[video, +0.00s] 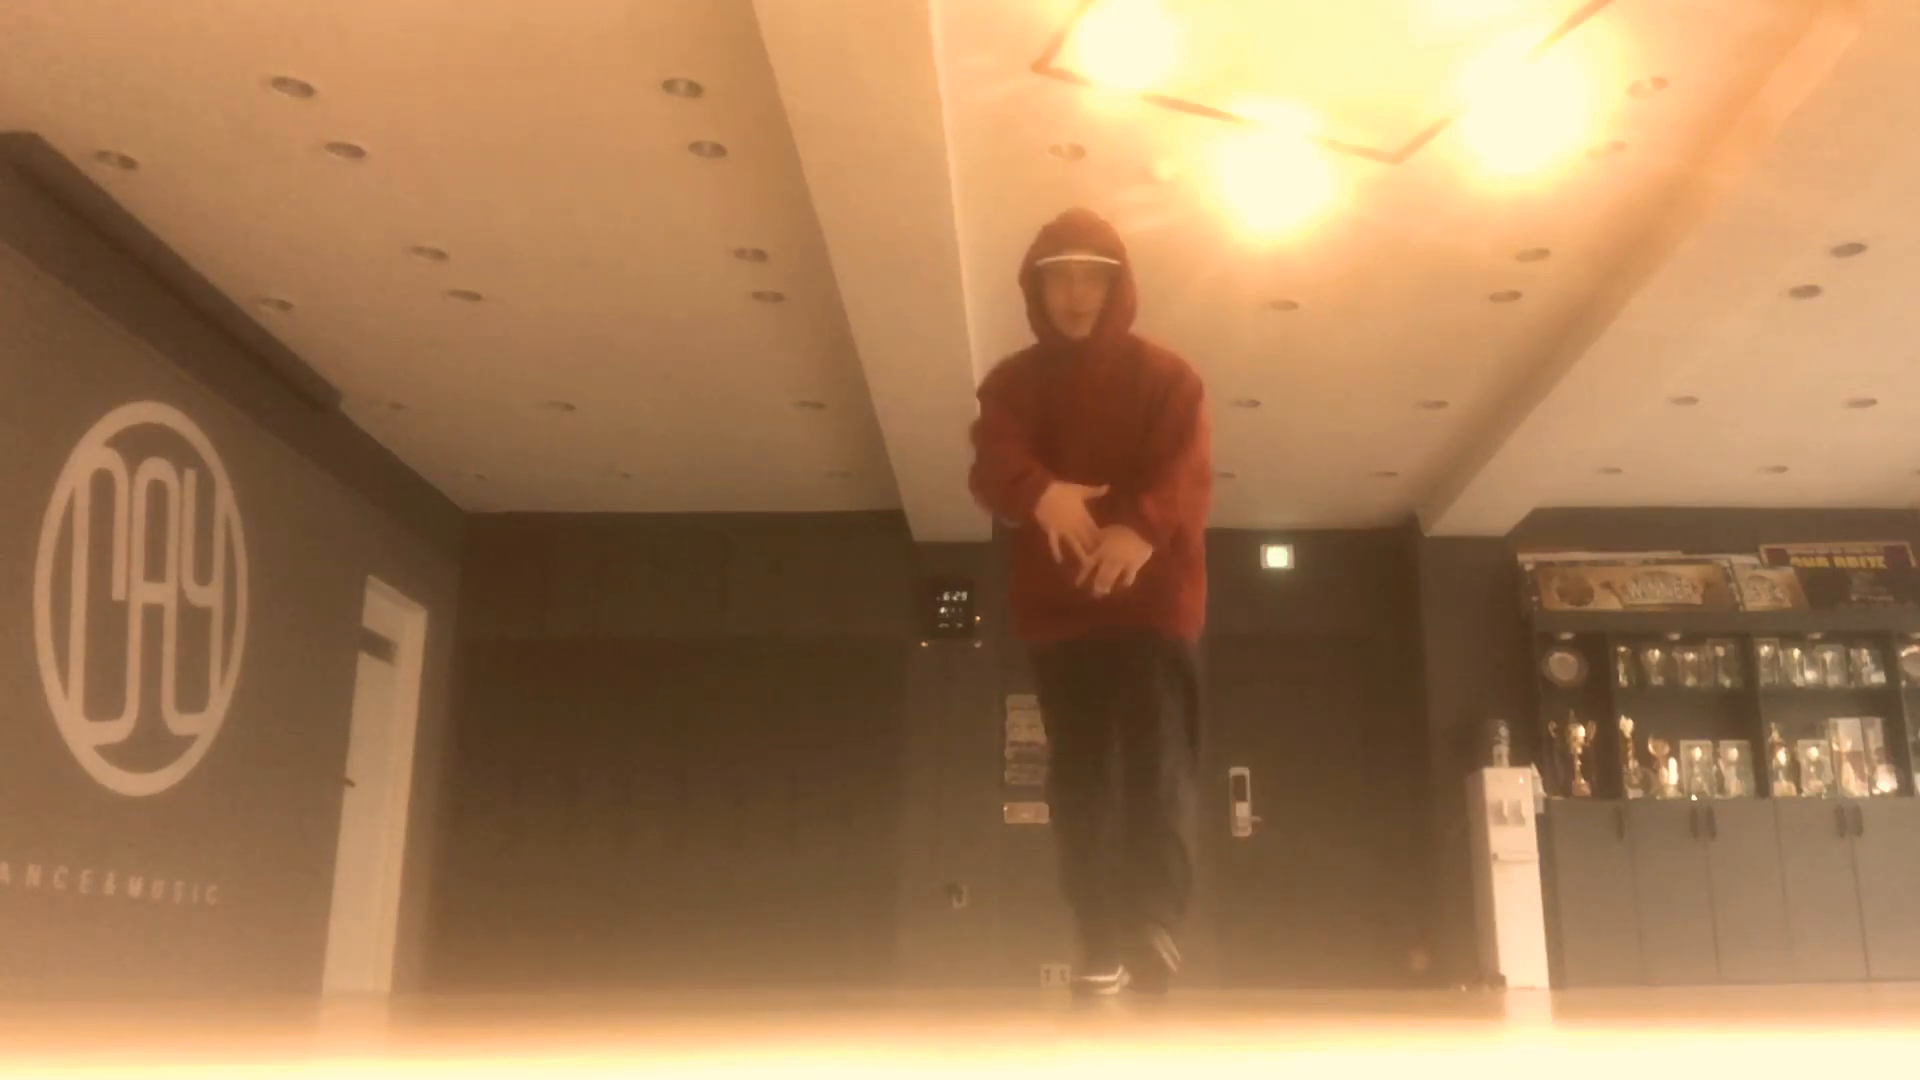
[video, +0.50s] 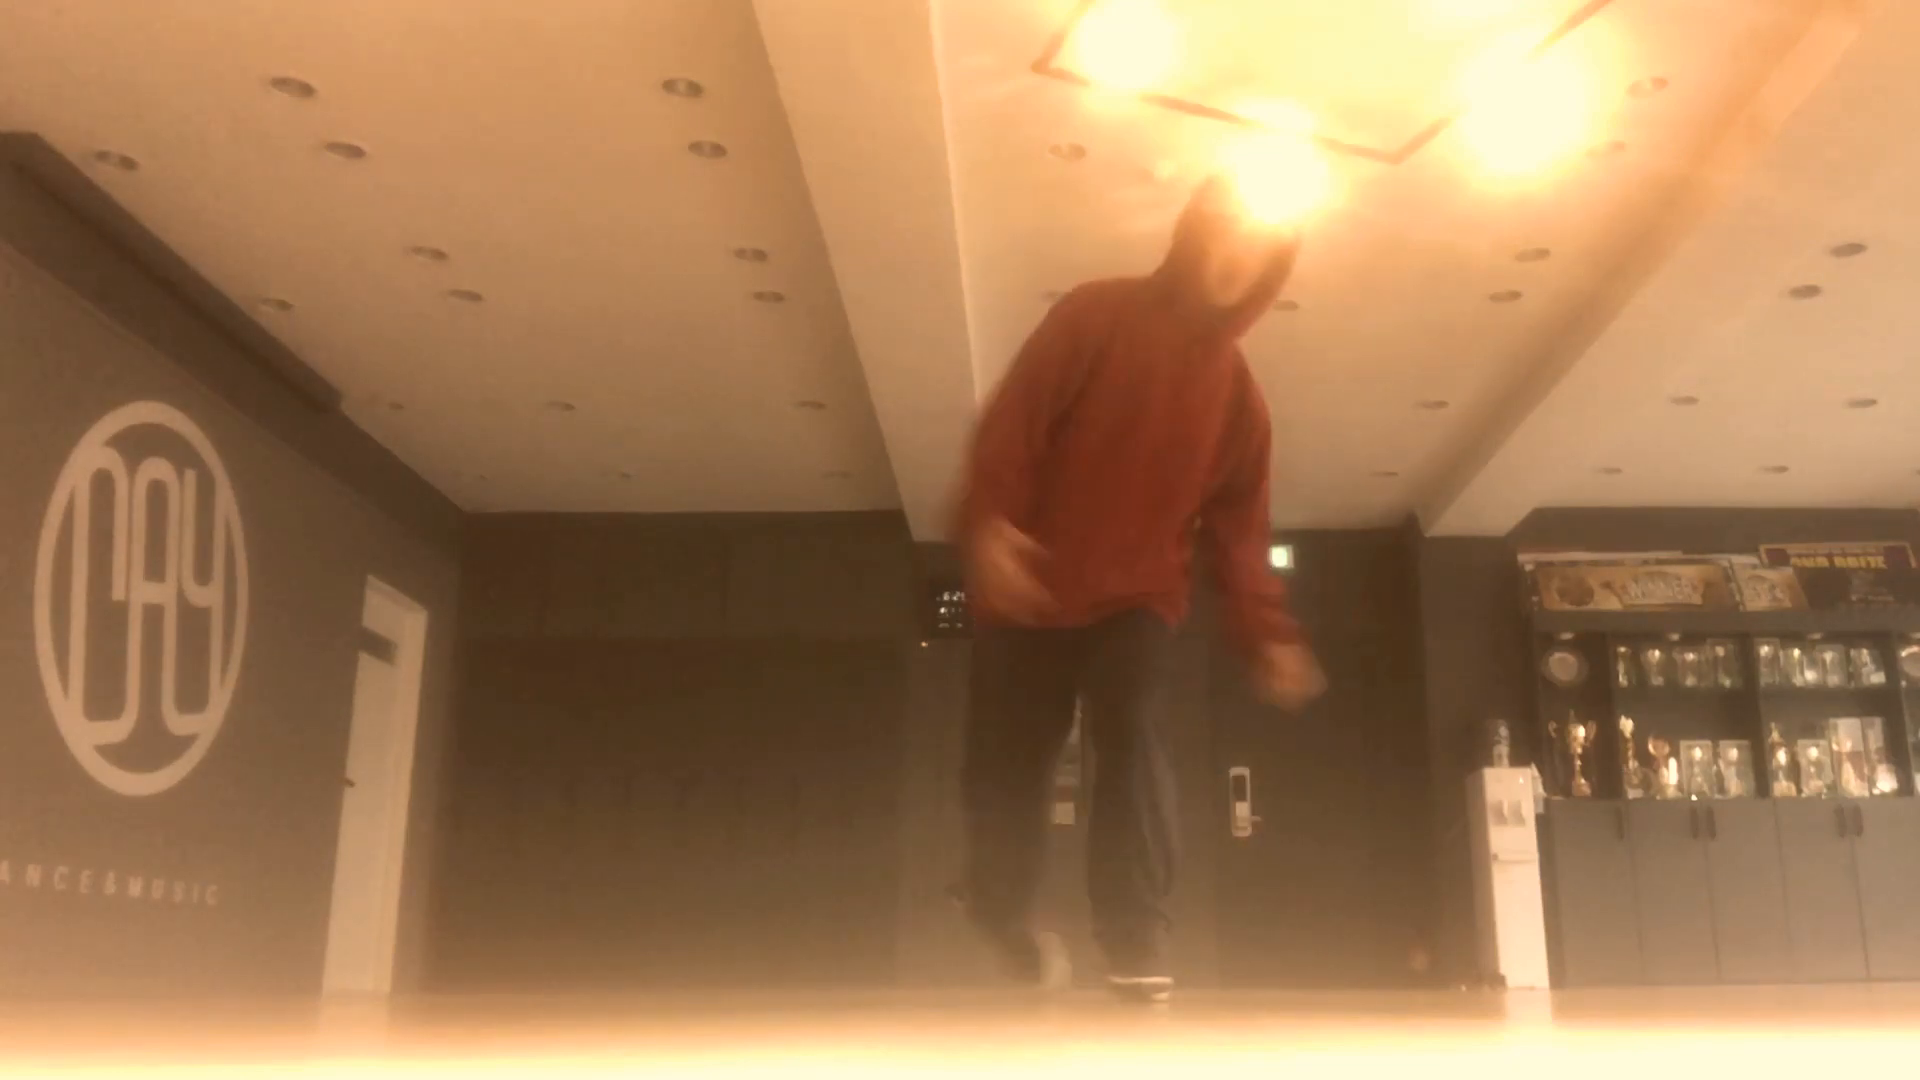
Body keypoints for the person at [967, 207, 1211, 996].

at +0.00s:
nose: (1072, 295)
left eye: (1089, 278)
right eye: (1056, 278)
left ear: (1116, 286)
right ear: (1034, 289)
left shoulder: (1167, 377)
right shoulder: (1011, 382)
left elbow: (1186, 472)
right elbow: (992, 465)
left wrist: (1141, 529)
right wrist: (1042, 492)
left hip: (1152, 612)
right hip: (1060, 614)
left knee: (1158, 766)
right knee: (1079, 774)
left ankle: (1157, 923)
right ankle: (1099, 940)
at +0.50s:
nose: (1236, 269)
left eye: (1257, 257)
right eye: (1228, 243)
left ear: (1269, 278)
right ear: (1191, 238)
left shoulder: (1235, 392)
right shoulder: (1095, 315)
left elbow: (1239, 530)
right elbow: (1017, 414)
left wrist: (1270, 632)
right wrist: (989, 519)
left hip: (1139, 589)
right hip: (1034, 574)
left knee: (1134, 745)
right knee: (1013, 753)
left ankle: (1135, 939)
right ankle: (1003, 917)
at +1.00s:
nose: (1201, 241)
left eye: (1218, 227)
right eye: (1185, 220)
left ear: (1232, 248)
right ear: (1145, 223)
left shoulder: (1234, 372)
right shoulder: (1086, 302)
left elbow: (1297, 495)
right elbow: (981, 366)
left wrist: (1366, 580)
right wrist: (939, 411)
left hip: (1181, 592)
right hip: (1070, 558)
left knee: (1162, 771)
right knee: (1044, 727)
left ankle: (1110, 941)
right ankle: (892, 884)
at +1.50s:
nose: (1070, 193)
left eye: (1087, 169)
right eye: (1049, 179)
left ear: (1125, 172)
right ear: (1030, 201)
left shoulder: (1199, 257)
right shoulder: (1045, 323)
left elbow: (1241, 228)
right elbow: (1015, 458)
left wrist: (1184, 156)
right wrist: (1008, 574)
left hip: (1269, 511)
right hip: (1147, 519)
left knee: (1245, 734)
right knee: (1213, 713)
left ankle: (1141, 904)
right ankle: (1287, 930)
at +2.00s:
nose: (1137, 235)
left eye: (1155, 218)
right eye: (1120, 214)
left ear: (1174, 233)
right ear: (1082, 223)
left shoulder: (1199, 345)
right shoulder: (1021, 340)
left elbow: (1259, 481)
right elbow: (974, 448)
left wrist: (1272, 609)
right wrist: (1036, 461)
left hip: (1197, 578)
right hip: (1084, 577)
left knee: (1201, 763)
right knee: (1125, 709)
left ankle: (1140, 931)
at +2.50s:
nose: (1031, 274)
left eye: (1050, 260)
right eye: (1015, 257)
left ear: (1070, 272)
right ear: (989, 264)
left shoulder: (1099, 372)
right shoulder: (940, 360)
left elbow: (1134, 476)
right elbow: (921, 496)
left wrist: (1122, 555)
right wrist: (995, 576)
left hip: (1066, 602)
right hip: (961, 608)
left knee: (1089, 764)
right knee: (966, 777)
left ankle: (1116, 936)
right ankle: (976, 939)